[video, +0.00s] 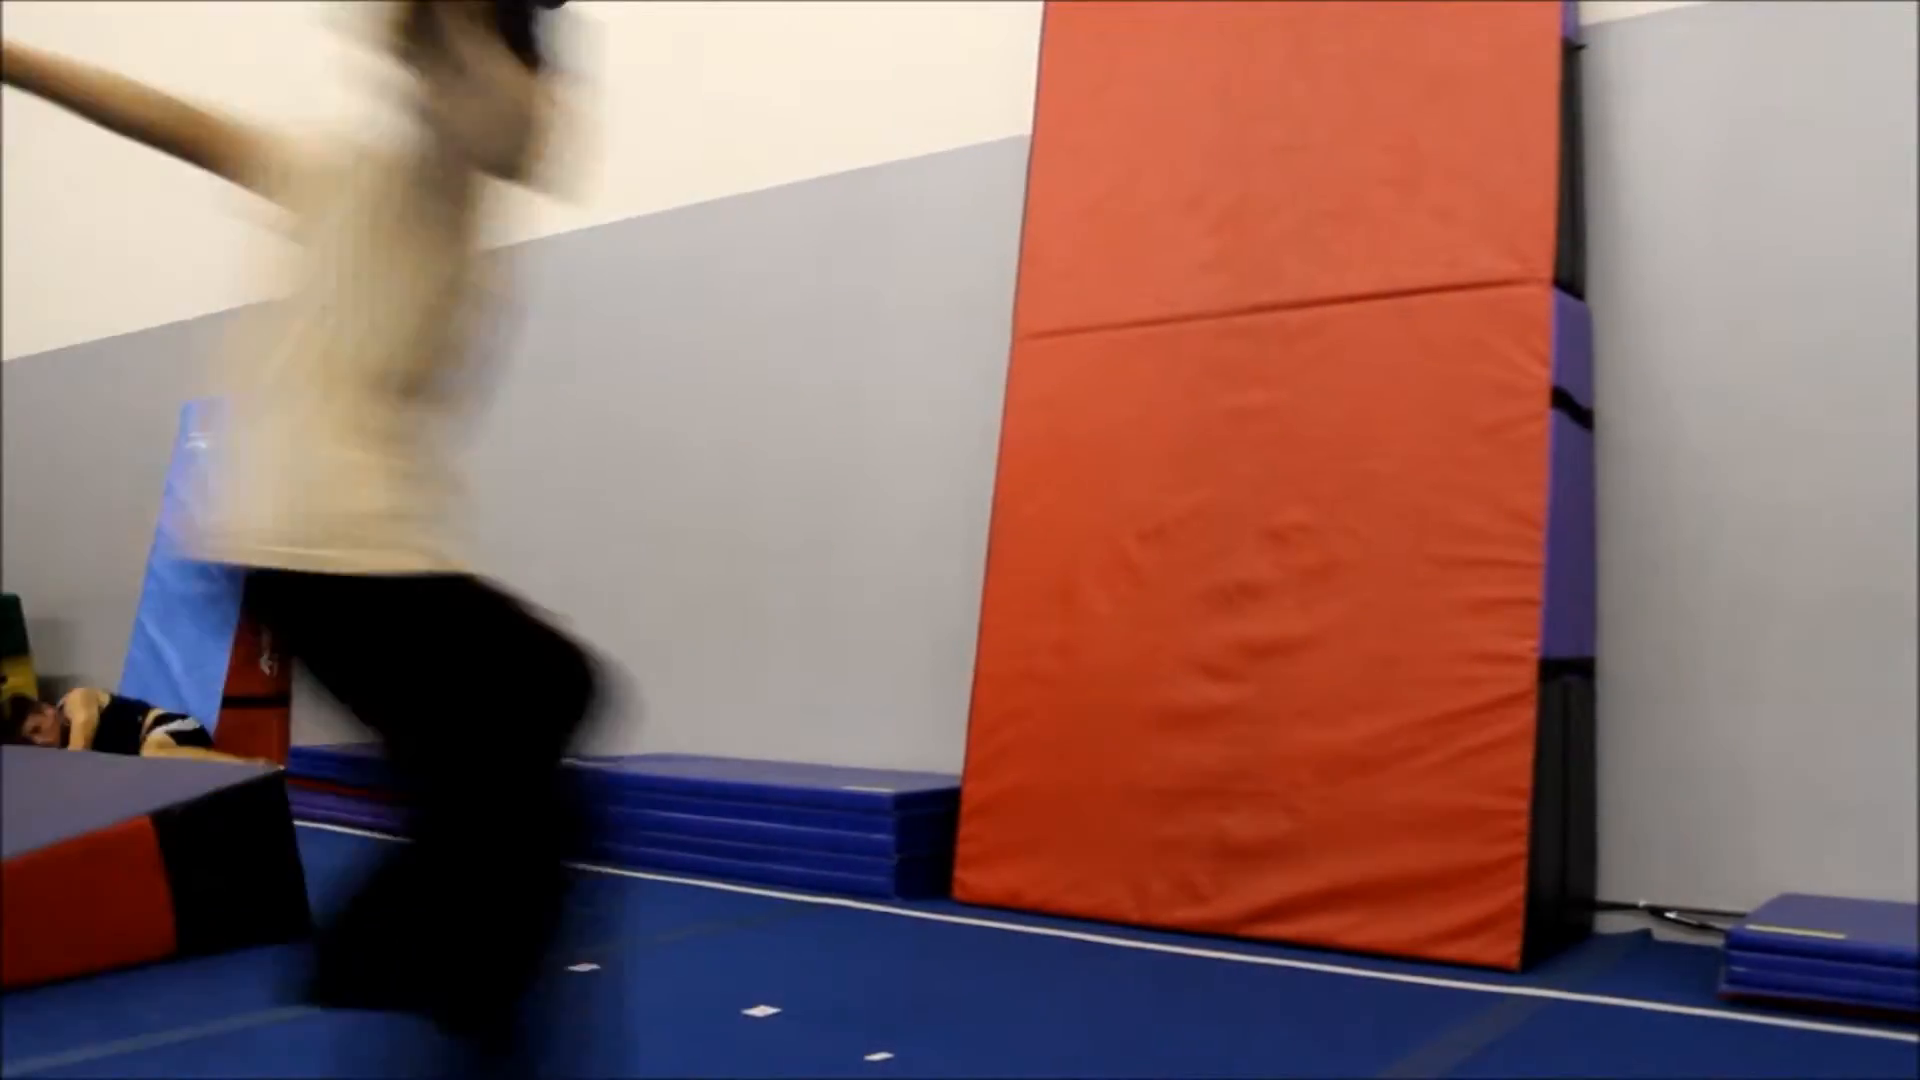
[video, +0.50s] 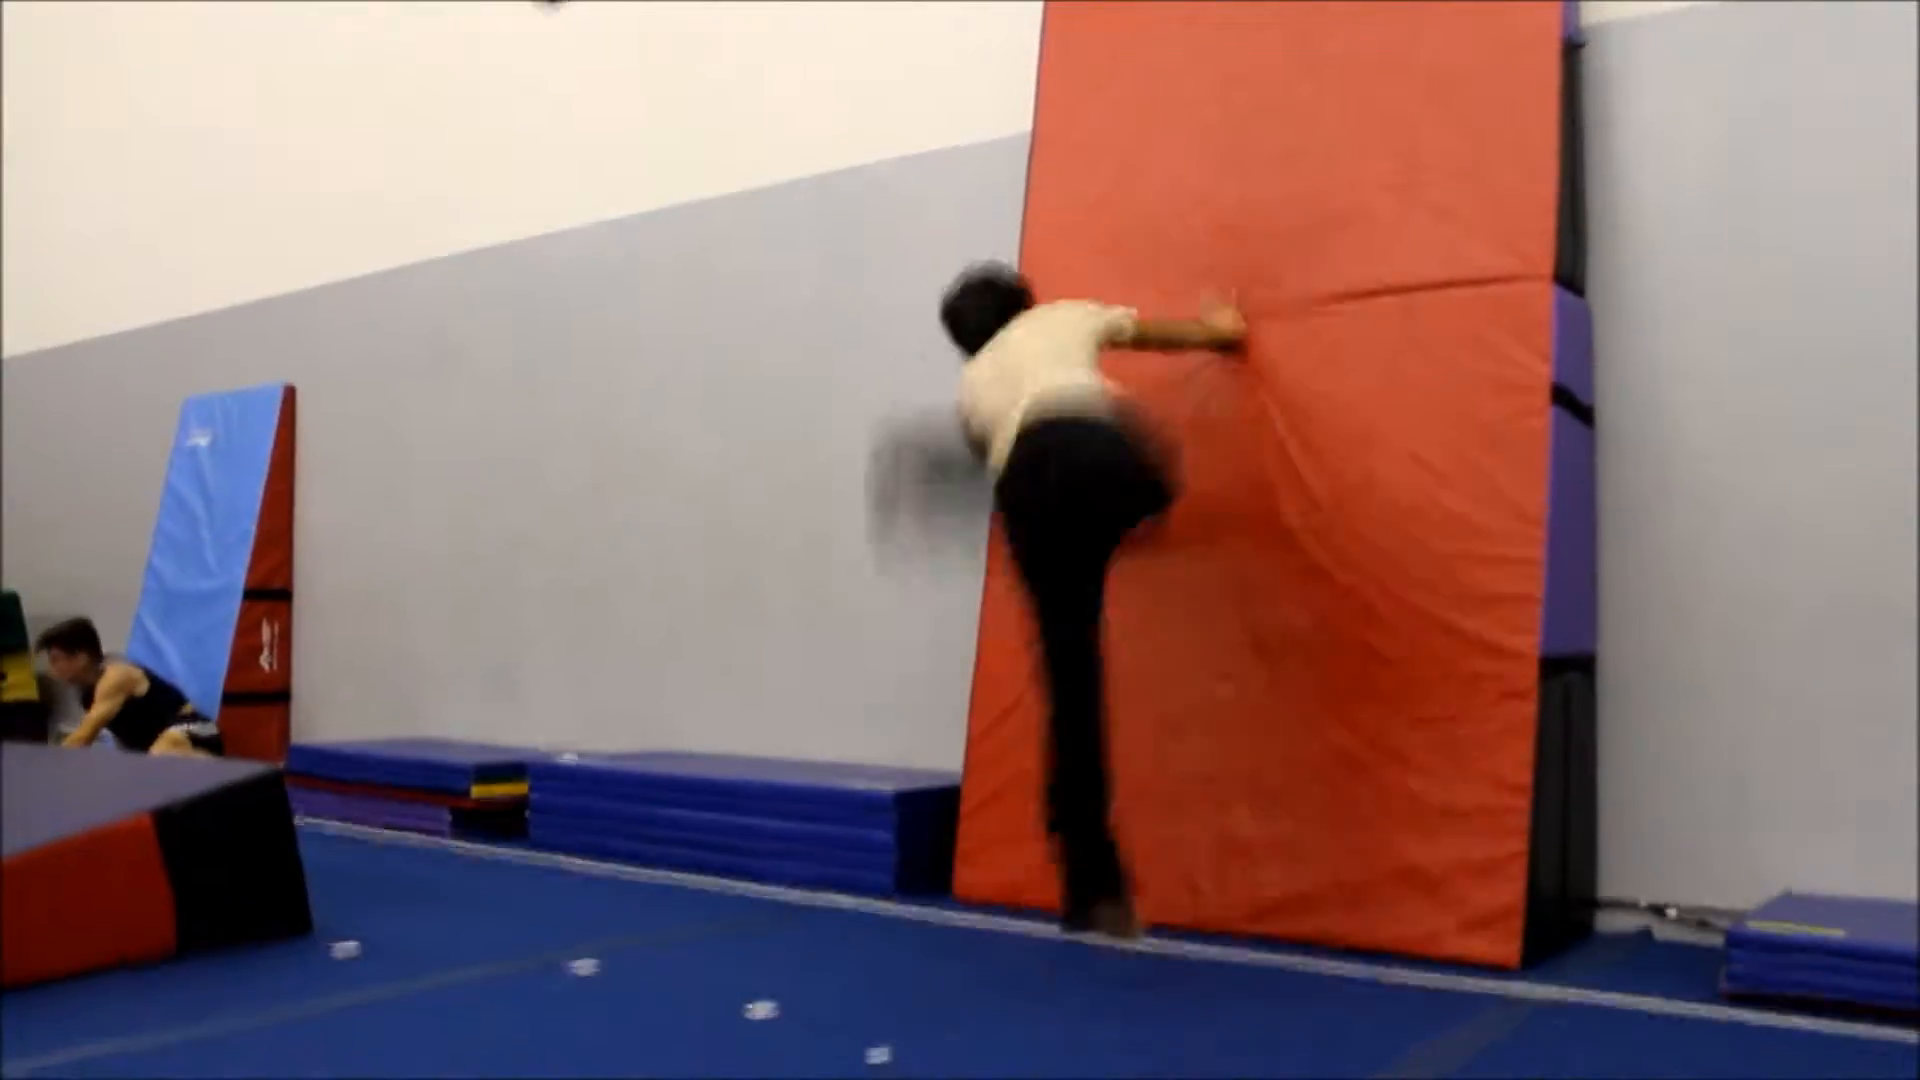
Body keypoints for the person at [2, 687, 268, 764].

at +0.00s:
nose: (42, 740)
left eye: (38, 729)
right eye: (33, 740)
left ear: (46, 708)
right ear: (29, 742)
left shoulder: (79, 699)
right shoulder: (61, 747)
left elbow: (78, 750)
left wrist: (60, 782)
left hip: (168, 727)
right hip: (140, 764)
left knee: (153, 753)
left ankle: (249, 766)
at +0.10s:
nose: (44, 722)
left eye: (41, 712)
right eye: (37, 721)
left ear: (53, 693)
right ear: (39, 726)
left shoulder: (91, 689)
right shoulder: (69, 732)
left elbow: (85, 741)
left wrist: (66, 780)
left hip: (179, 728)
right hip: (139, 758)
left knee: (157, 754)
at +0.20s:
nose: (42, 708)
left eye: (45, 699)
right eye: (37, 702)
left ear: (67, 685)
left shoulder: (105, 690)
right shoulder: (75, 719)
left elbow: (84, 750)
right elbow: (74, 755)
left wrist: (62, 785)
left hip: (186, 733)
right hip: (141, 751)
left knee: (161, 757)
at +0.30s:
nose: (52, 690)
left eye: (57, 680)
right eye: (49, 682)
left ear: (81, 673)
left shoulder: (116, 685)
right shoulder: (84, 706)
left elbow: (87, 743)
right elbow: (91, 746)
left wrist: (55, 773)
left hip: (193, 735)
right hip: (152, 748)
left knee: (159, 761)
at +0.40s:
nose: (56, 679)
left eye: (60, 671)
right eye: (54, 672)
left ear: (85, 666)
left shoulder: (119, 683)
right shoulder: (91, 695)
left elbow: (84, 742)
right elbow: (87, 745)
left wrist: (54, 770)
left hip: (195, 735)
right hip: (150, 748)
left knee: (161, 755)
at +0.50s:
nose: (52, 668)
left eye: (57, 660)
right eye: (51, 661)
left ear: (81, 658)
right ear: (80, 660)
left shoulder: (116, 676)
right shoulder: (89, 688)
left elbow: (83, 737)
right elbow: (85, 739)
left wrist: (52, 766)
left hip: (190, 729)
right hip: (148, 742)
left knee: (163, 753)